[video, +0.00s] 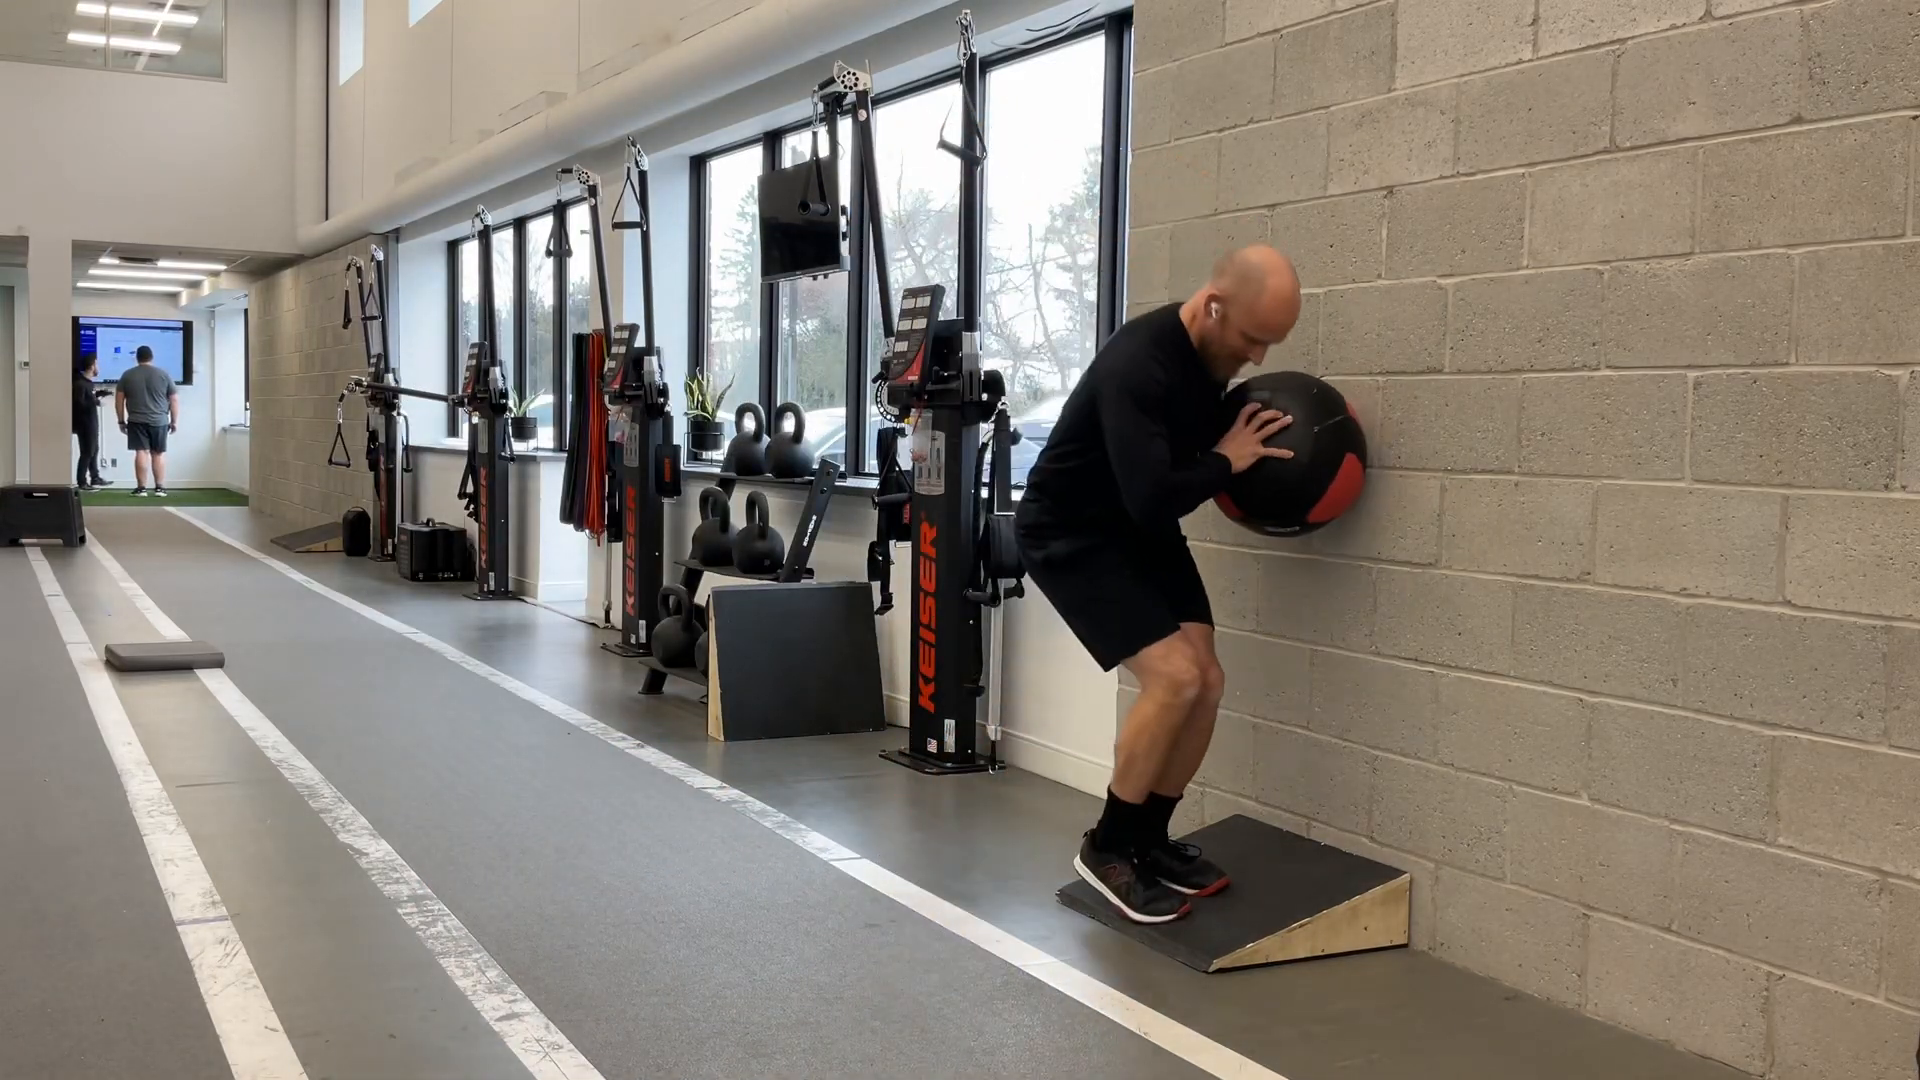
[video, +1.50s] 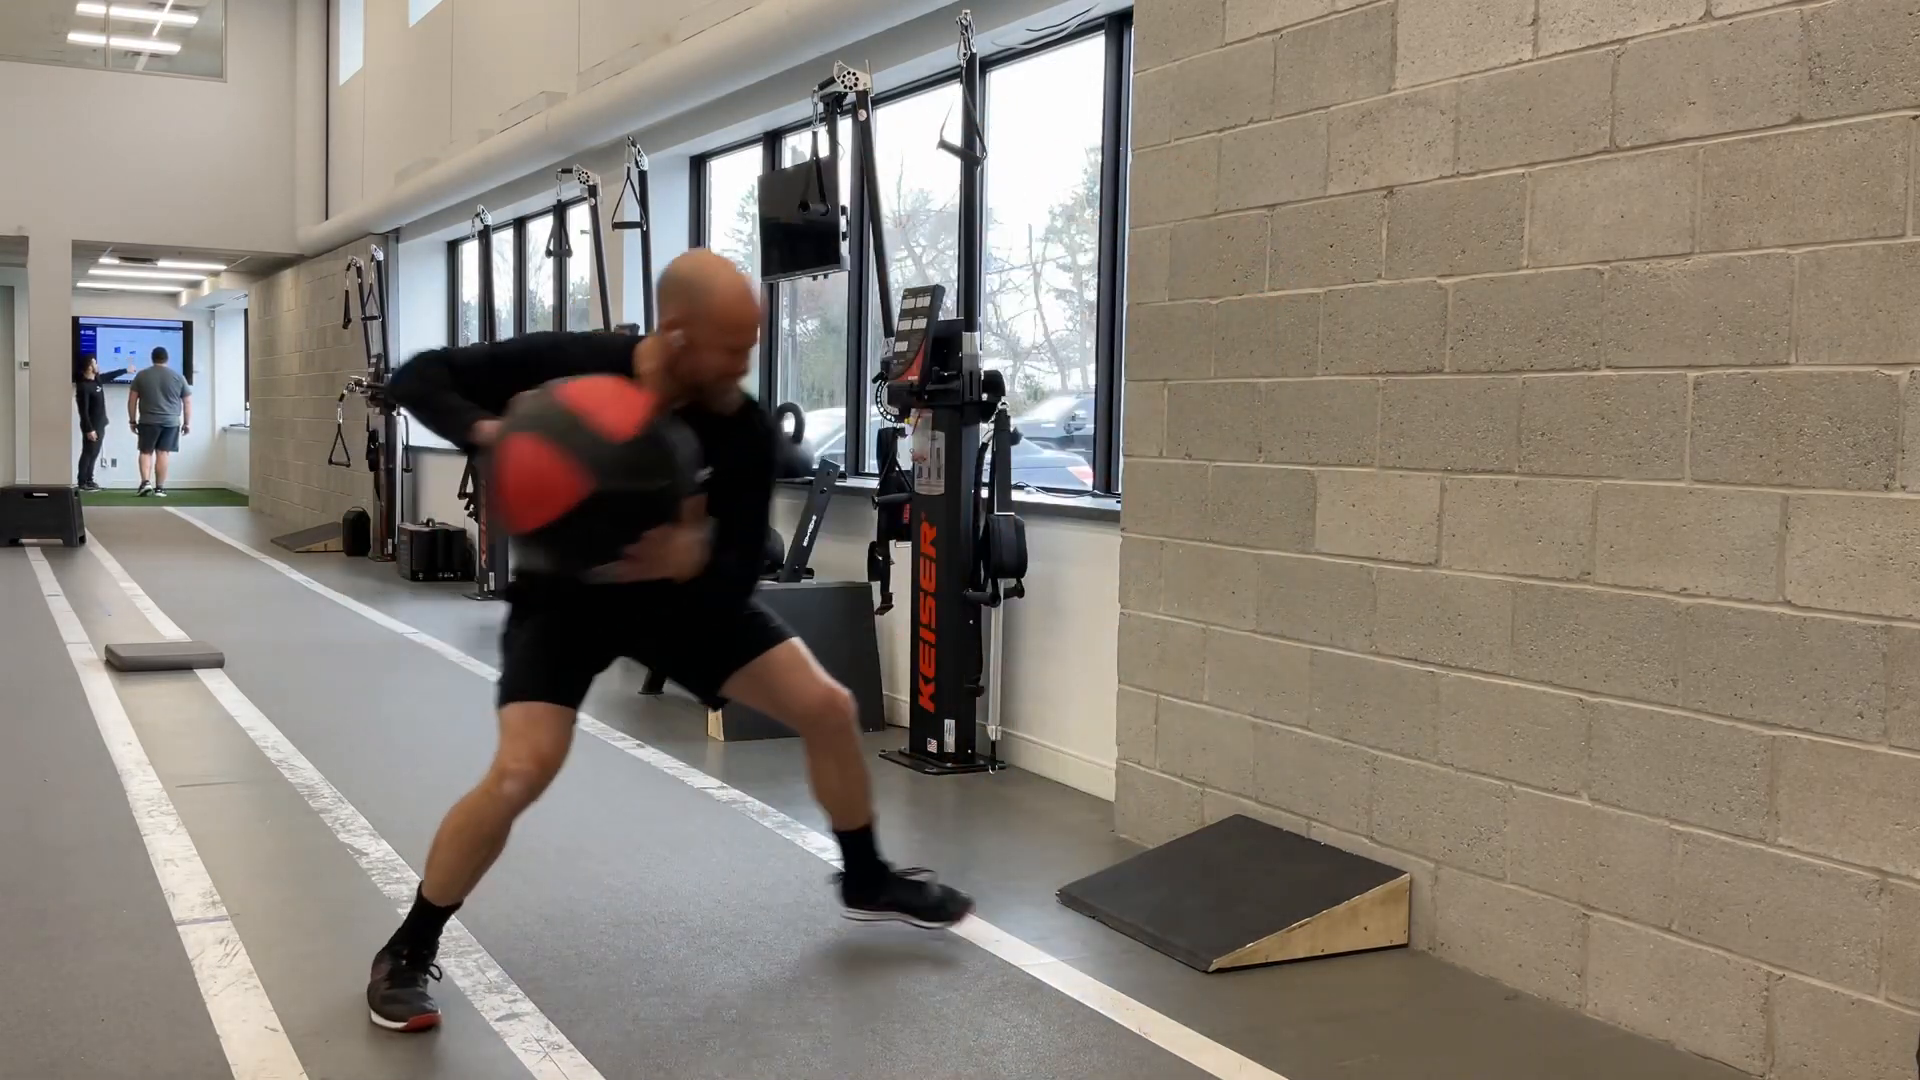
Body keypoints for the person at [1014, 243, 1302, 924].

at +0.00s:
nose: (1257, 357)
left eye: (1269, 345)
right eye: (1251, 340)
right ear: (1210, 305)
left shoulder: (1208, 359)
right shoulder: (1139, 361)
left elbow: (1188, 447)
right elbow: (1149, 497)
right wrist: (1223, 460)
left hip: (1141, 524)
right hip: (1071, 527)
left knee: (1207, 680)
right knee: (1178, 676)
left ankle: (1149, 837)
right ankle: (1108, 845)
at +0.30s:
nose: (1249, 398)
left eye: (1262, 387)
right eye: (1242, 381)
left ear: (1279, 364)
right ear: (1204, 345)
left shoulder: (1211, 390)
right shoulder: (1144, 389)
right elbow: (1188, 526)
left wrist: (1271, 462)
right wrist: (1225, 469)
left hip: (1121, 541)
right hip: (1045, 543)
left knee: (1203, 686)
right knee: (1151, 690)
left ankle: (1148, 844)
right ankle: (1085, 858)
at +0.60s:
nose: (1062, 293)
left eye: (1074, 278)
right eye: (1047, 275)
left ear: (1084, 272)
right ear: (1013, 261)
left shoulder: (1052, 344)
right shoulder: (990, 337)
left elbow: (1102, 413)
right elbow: (1083, 445)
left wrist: (1170, 446)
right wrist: (1162, 442)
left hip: (982, 542)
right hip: (891, 536)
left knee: (1090, 695)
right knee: (811, 690)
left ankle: (1138, 846)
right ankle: (690, 868)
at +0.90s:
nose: (720, 340)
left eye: (734, 321)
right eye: (703, 323)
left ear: (753, 305)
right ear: (668, 304)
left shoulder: (771, 398)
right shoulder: (608, 378)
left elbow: (789, 524)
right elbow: (535, 492)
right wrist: (659, 480)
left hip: (696, 608)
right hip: (591, 603)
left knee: (788, 750)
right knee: (553, 781)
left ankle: (636, 831)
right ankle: (412, 951)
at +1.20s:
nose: (599, 433)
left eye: (616, 414)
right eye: (581, 414)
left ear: (641, 385)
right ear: (546, 381)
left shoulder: (667, 481)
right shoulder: (491, 411)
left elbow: (646, 630)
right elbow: (328, 410)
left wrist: (546, 665)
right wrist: (384, 483)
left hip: (599, 639)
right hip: (484, 622)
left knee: (623, 792)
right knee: (481, 771)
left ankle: (495, 864)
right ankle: (403, 948)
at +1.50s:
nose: (743, 367)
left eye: (749, 350)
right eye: (731, 350)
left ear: (744, 334)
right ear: (674, 334)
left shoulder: (741, 427)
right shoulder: (579, 366)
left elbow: (745, 562)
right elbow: (414, 377)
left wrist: (697, 553)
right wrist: (482, 432)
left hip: (679, 595)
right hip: (563, 597)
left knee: (829, 709)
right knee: (524, 769)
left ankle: (866, 877)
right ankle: (409, 952)